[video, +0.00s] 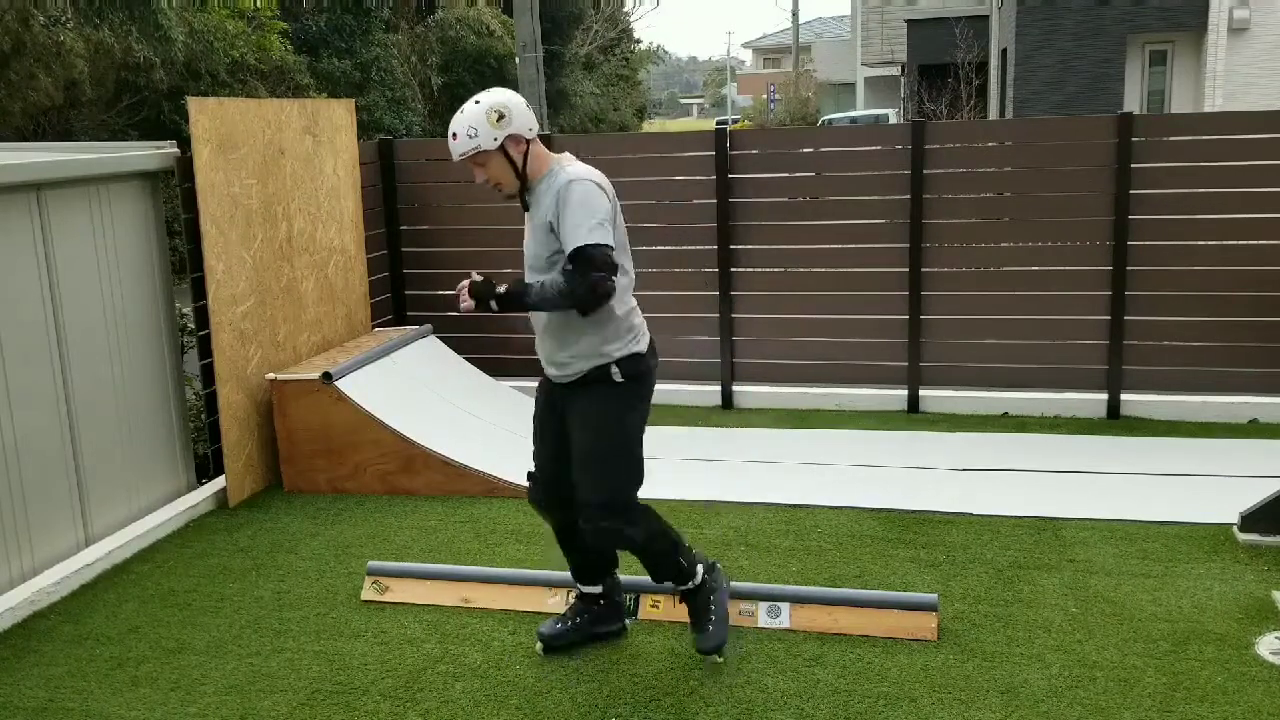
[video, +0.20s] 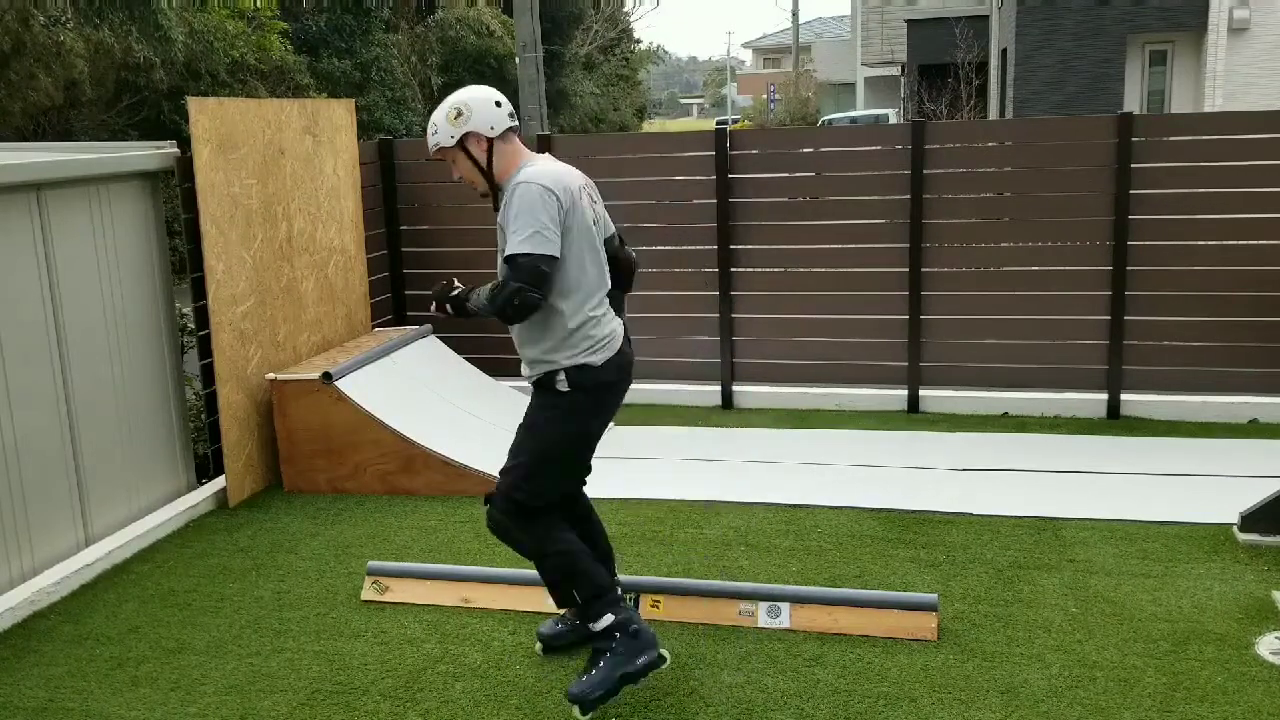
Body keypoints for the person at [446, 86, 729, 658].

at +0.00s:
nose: (479, 178)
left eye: (480, 163)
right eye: (473, 167)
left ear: (517, 145)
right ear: (515, 148)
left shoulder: (578, 187)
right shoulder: (545, 193)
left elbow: (594, 283)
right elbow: (563, 282)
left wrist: (508, 295)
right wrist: (499, 294)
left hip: (611, 371)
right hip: (563, 375)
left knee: (606, 505)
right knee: (554, 492)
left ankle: (697, 579)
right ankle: (601, 601)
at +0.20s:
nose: (457, 175)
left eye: (454, 161)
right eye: (450, 164)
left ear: (480, 142)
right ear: (497, 138)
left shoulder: (529, 189)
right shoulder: (565, 176)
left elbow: (520, 295)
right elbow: (620, 265)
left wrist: (464, 303)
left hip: (573, 373)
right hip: (599, 362)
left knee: (514, 507)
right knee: (558, 491)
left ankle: (626, 636)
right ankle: (595, 608)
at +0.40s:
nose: (455, 173)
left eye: (451, 160)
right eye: (450, 162)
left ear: (464, 149)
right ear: (512, 138)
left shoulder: (478, 197)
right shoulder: (584, 185)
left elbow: (454, 309)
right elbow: (638, 277)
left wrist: (433, 359)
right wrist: (629, 352)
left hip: (540, 382)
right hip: (605, 370)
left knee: (509, 537)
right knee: (567, 499)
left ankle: (542, 692)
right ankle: (604, 619)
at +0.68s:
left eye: (483, 137)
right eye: (540, 123)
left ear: (481, 137)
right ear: (544, 127)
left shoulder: (456, 187)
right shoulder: (594, 178)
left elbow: (422, 296)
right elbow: (643, 281)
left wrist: (470, 343)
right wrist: (663, 368)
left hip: (497, 389)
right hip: (591, 383)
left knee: (510, 552)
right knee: (608, 525)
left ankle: (534, 699)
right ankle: (629, 672)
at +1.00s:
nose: (598, 134)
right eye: (598, 124)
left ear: (534, 130)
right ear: (594, 124)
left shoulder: (489, 191)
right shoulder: (615, 182)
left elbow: (448, 304)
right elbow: (640, 296)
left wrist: (499, 354)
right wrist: (679, 391)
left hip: (510, 392)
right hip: (601, 392)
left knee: (526, 545)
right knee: (625, 558)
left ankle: (535, 693)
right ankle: (618, 704)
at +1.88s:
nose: (630, 218)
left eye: (625, 210)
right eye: (628, 211)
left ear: (570, 219)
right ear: (621, 212)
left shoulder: (536, 254)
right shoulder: (637, 251)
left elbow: (467, 322)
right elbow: (677, 346)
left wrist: (447, 389)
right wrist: (707, 403)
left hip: (517, 413)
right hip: (602, 412)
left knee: (552, 516)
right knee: (668, 505)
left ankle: (507, 656)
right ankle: (680, 651)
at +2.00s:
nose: (533, 179)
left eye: (527, 171)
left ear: (532, 167)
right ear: (585, 154)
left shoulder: (524, 204)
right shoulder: (635, 196)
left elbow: (470, 247)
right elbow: (700, 252)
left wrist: (399, 309)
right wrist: (702, 245)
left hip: (554, 381)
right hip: (639, 376)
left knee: (550, 514)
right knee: (671, 506)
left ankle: (512, 651)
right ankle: (680, 649)